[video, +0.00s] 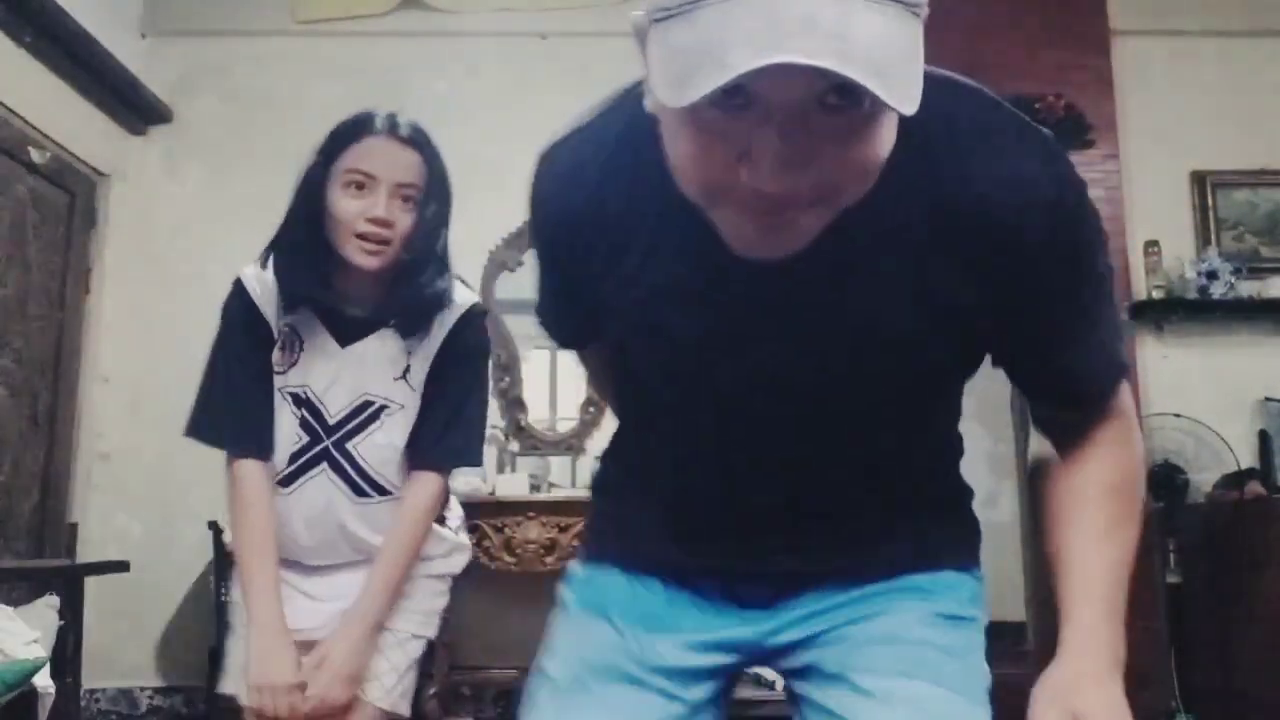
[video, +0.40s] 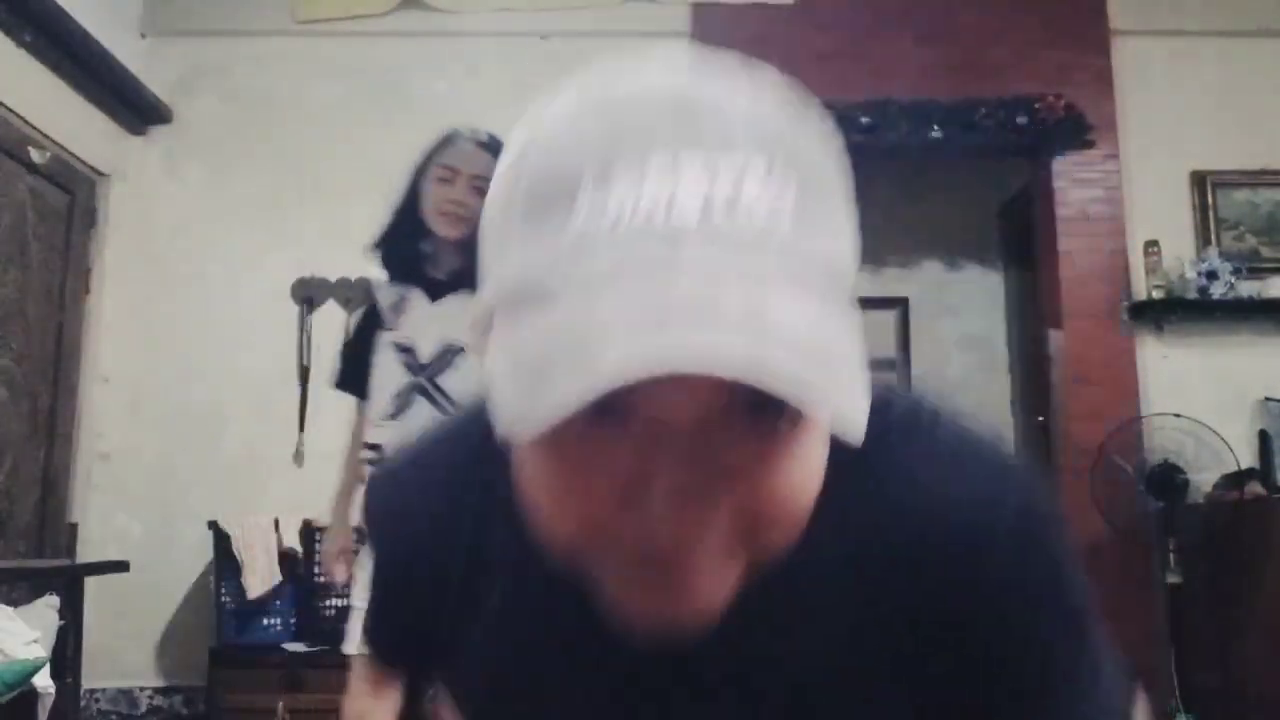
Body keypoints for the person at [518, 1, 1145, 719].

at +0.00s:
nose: (779, 161)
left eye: (835, 103)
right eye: (731, 99)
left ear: (896, 87)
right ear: (656, 79)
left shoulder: (1003, 186)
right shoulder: (585, 186)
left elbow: (1094, 422)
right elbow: (616, 379)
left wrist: (1090, 664)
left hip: (896, 585)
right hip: (645, 577)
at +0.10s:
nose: (753, 185)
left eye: (821, 117)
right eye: (701, 113)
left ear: (895, 101)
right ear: (627, 88)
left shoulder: (1005, 205)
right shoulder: (554, 201)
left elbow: (1096, 445)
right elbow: (600, 392)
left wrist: (1097, 664)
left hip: (886, 593)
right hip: (617, 568)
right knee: (472, 709)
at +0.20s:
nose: (727, 239)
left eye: (798, 162)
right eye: (674, 157)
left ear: (880, 149)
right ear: (596, 131)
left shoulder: (995, 245)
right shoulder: (525, 240)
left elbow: (1095, 497)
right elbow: (475, 425)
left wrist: (1102, 679)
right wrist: (416, 614)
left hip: (872, 624)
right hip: (583, 601)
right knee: (381, 710)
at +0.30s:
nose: (698, 340)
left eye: (769, 265)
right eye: (641, 264)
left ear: (852, 246)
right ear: (552, 244)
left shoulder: (988, 369)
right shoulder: (480, 347)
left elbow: (1105, 626)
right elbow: (459, 498)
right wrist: (423, 632)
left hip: (851, 691)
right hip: (561, 685)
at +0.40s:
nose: (680, 489)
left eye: (755, 411)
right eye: (610, 411)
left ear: (834, 396)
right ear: (504, 390)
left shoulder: (976, 535)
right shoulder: (428, 514)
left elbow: (1093, 711)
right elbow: (386, 664)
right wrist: (378, 695)